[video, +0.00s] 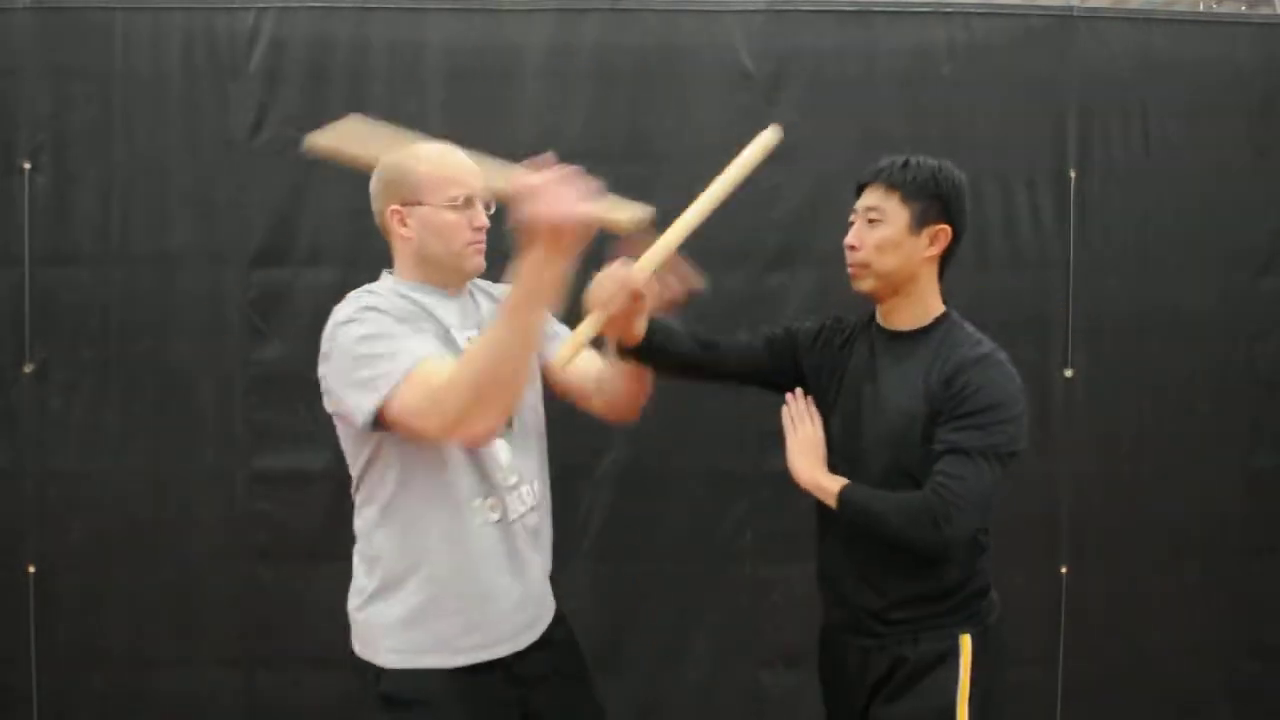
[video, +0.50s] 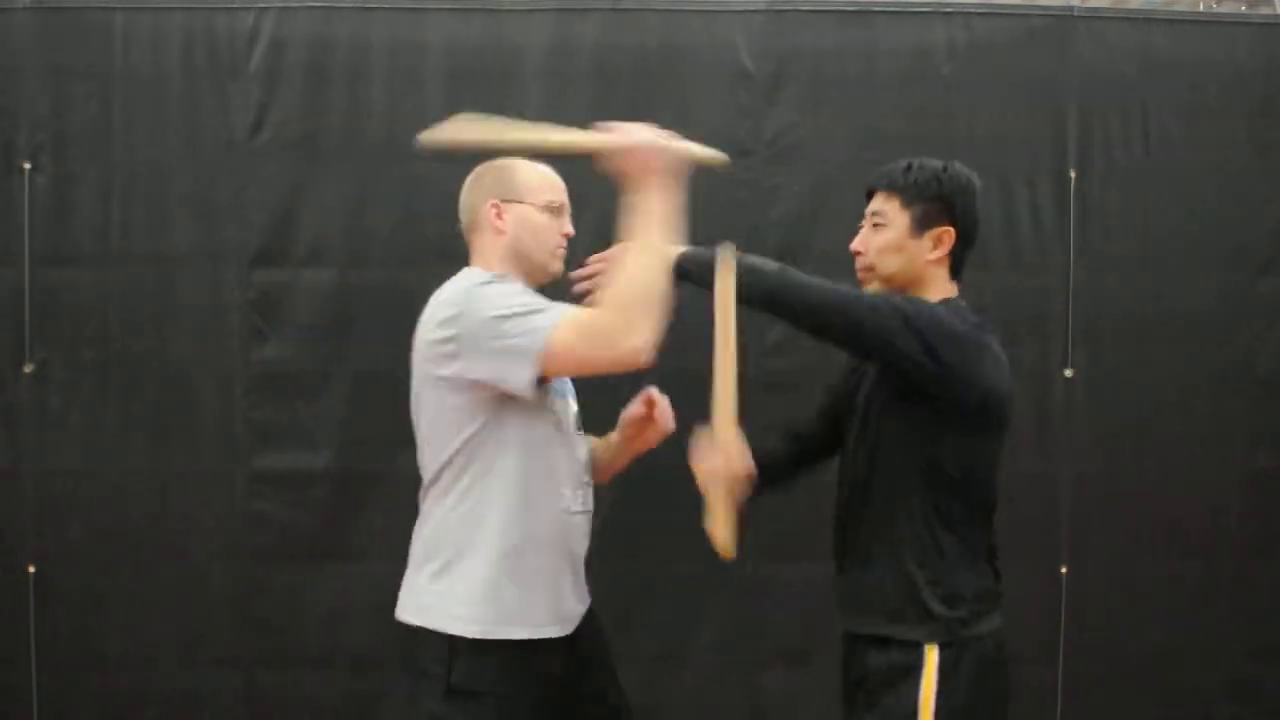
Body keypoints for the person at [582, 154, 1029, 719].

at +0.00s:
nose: (850, 239)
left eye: (873, 222)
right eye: (853, 222)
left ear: (934, 240)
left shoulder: (979, 374)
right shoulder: (833, 348)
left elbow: (945, 523)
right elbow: (720, 355)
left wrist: (821, 482)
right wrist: (633, 335)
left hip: (938, 651)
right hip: (848, 644)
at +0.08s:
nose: (849, 242)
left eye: (872, 223)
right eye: (851, 225)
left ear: (933, 241)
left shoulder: (982, 373)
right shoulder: (834, 350)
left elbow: (964, 516)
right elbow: (742, 398)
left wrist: (831, 480)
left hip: (938, 647)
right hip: (848, 641)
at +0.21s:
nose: (846, 245)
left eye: (869, 226)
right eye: (848, 228)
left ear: (930, 242)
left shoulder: (981, 367)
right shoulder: (841, 363)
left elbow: (951, 475)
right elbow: (757, 462)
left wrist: (836, 439)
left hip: (939, 649)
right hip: (850, 644)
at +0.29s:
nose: (847, 246)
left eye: (868, 228)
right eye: (849, 229)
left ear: (929, 242)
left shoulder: (977, 363)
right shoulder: (842, 372)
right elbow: (786, 488)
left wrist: (803, 383)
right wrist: (764, 585)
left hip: (945, 650)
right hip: (856, 646)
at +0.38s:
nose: (850, 248)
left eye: (871, 229)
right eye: (853, 230)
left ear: (933, 243)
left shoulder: (965, 354)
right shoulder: (867, 360)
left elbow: (853, 333)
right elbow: (809, 478)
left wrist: (734, 317)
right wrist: (783, 567)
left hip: (940, 653)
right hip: (864, 648)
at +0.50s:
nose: (856, 242)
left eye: (878, 225)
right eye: (863, 225)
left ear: (938, 242)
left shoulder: (957, 344)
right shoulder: (892, 345)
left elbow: (817, 303)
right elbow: (824, 431)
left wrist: (667, 261)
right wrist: (749, 466)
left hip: (936, 651)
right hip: (883, 643)